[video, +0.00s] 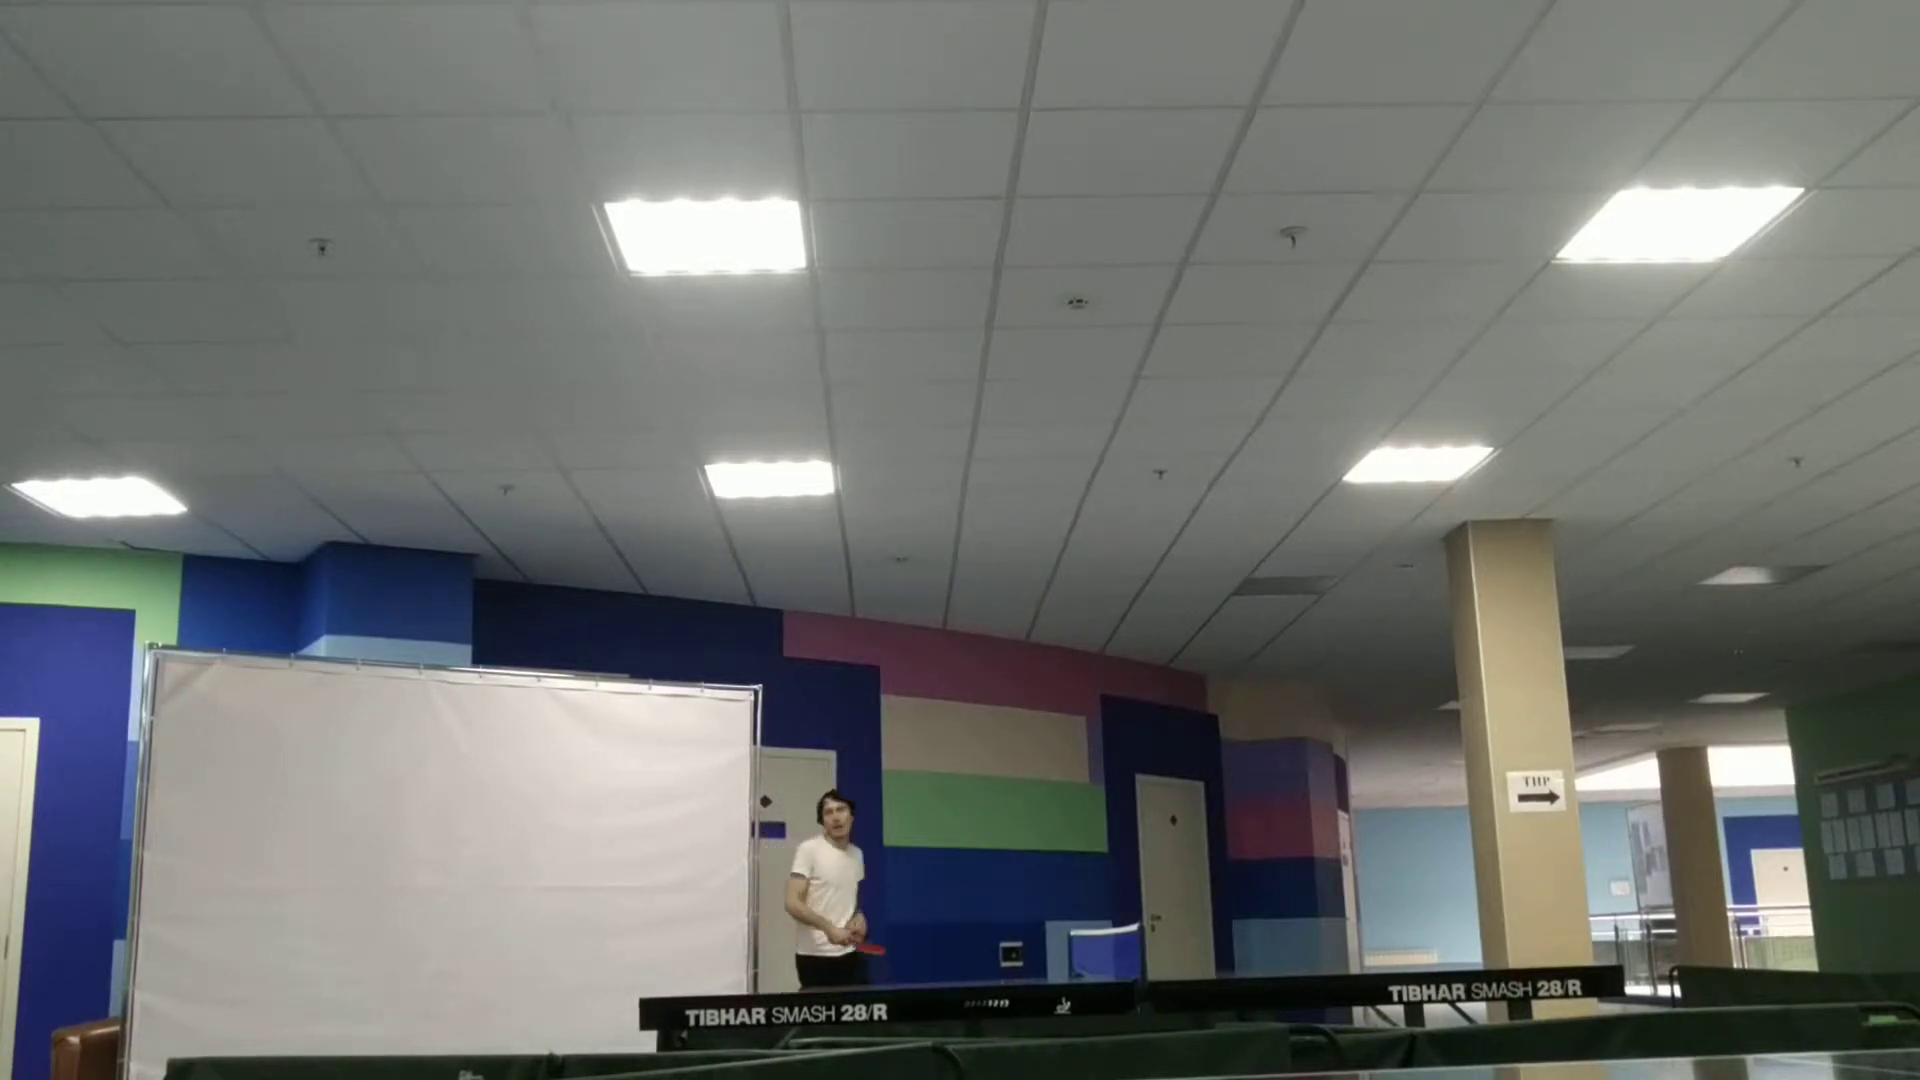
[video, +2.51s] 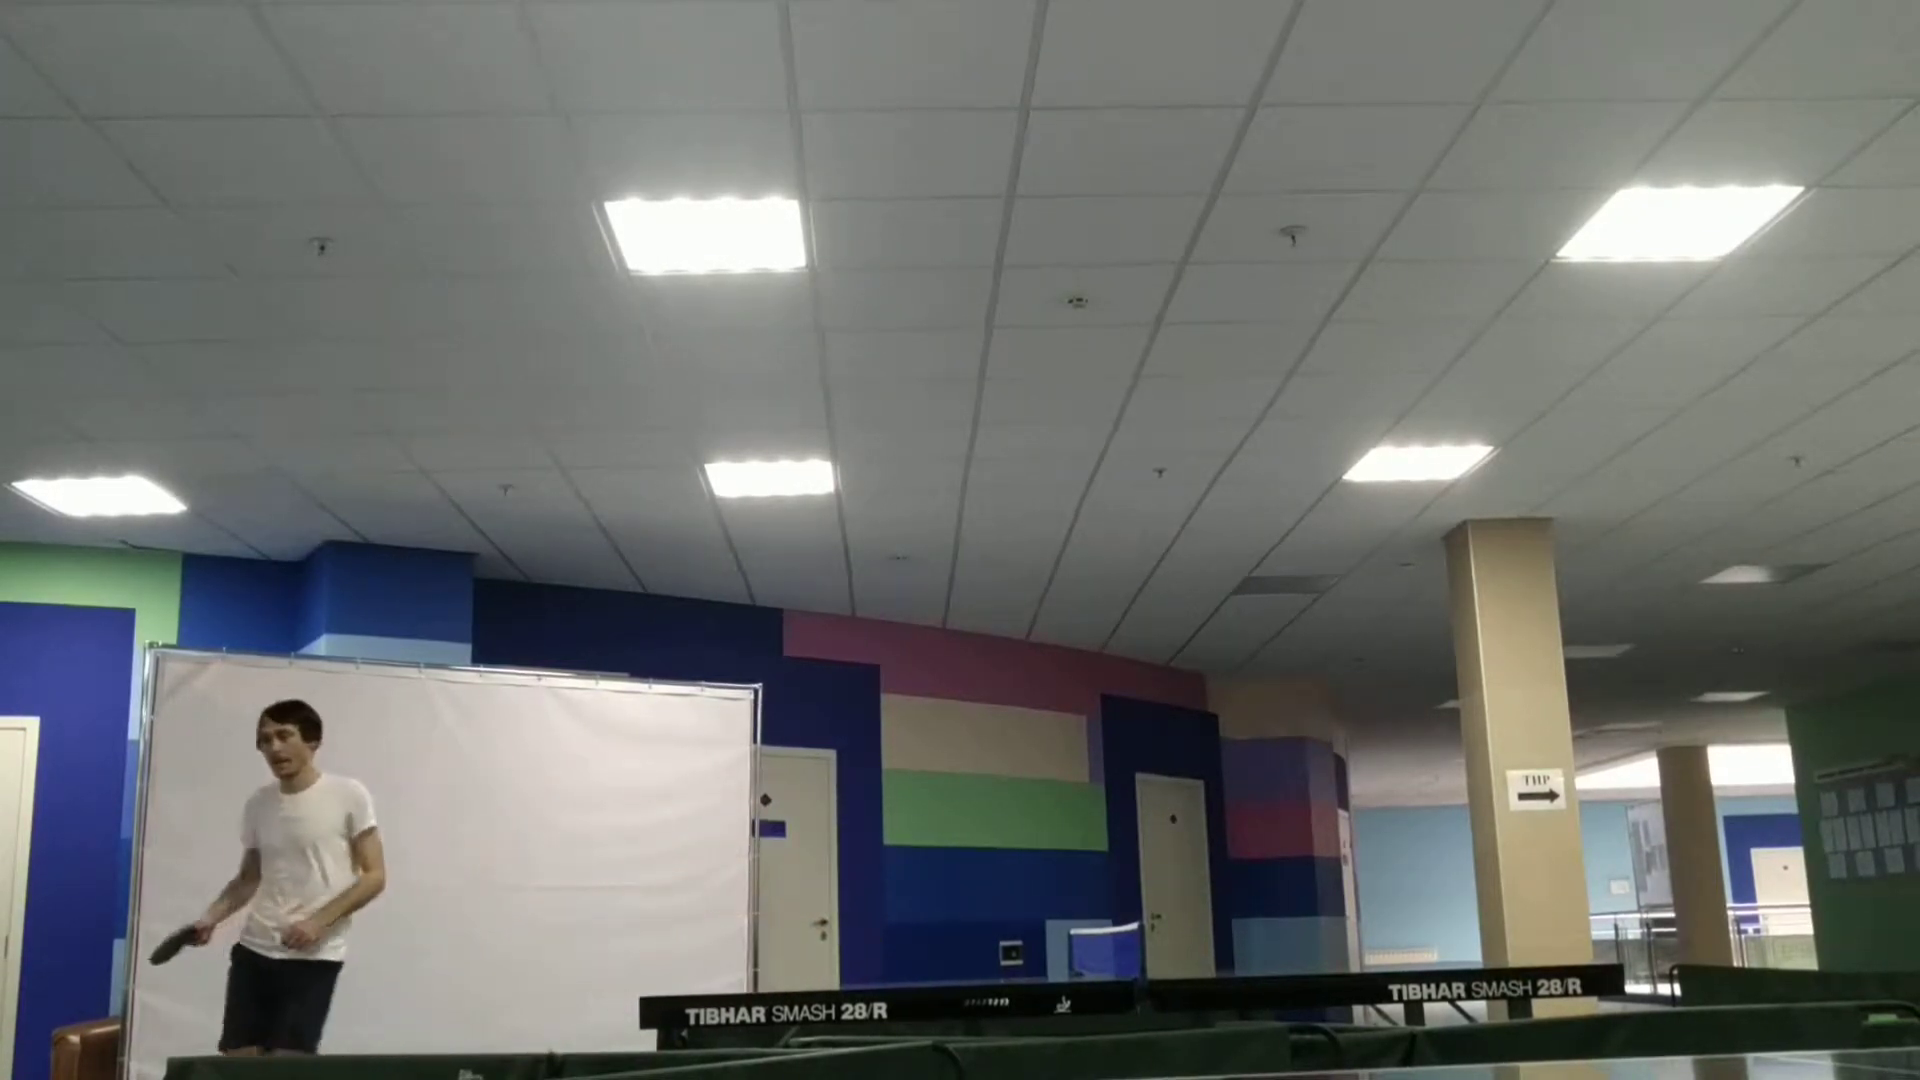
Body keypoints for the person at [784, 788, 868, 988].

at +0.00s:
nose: (836, 818)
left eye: (841, 810)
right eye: (829, 813)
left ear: (851, 817)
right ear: (822, 820)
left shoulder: (856, 854)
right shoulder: (808, 850)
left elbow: (851, 900)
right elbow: (793, 903)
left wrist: (859, 917)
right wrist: (830, 929)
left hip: (849, 956)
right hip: (815, 958)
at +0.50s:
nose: (818, 809)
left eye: (824, 800)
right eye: (811, 803)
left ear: (836, 806)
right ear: (803, 811)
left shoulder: (860, 841)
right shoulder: (796, 850)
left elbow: (882, 893)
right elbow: (783, 906)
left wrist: (846, 917)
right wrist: (773, 901)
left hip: (857, 955)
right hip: (815, 956)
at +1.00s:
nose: (747, 791)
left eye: (755, 785)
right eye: (741, 785)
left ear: (768, 797)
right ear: (732, 795)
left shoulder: (786, 836)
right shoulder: (723, 837)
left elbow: (808, 896)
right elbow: (712, 891)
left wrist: (757, 923)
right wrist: (702, 910)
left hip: (771, 949)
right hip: (734, 951)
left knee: (760, 1025)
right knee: (733, 1025)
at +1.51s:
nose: (599, 781)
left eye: (609, 775)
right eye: (592, 774)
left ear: (622, 787)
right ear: (582, 785)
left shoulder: (637, 826)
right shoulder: (584, 836)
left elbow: (663, 892)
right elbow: (591, 892)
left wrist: (612, 932)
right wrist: (560, 913)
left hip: (619, 962)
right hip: (579, 957)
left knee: (599, 1057)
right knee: (562, 1050)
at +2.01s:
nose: (456, 768)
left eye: (467, 761)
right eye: (450, 760)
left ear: (484, 772)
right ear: (441, 767)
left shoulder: (503, 821)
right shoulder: (427, 819)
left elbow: (523, 894)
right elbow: (409, 880)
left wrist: (471, 933)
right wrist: (390, 915)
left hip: (475, 959)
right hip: (428, 957)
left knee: (444, 1053)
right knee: (409, 1056)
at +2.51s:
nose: (275, 748)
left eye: (284, 737)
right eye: (266, 741)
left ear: (312, 742)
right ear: (260, 749)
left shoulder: (349, 796)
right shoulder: (259, 804)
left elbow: (374, 878)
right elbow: (249, 877)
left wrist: (318, 923)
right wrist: (210, 919)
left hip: (313, 959)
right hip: (254, 953)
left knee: (288, 1062)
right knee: (239, 1059)